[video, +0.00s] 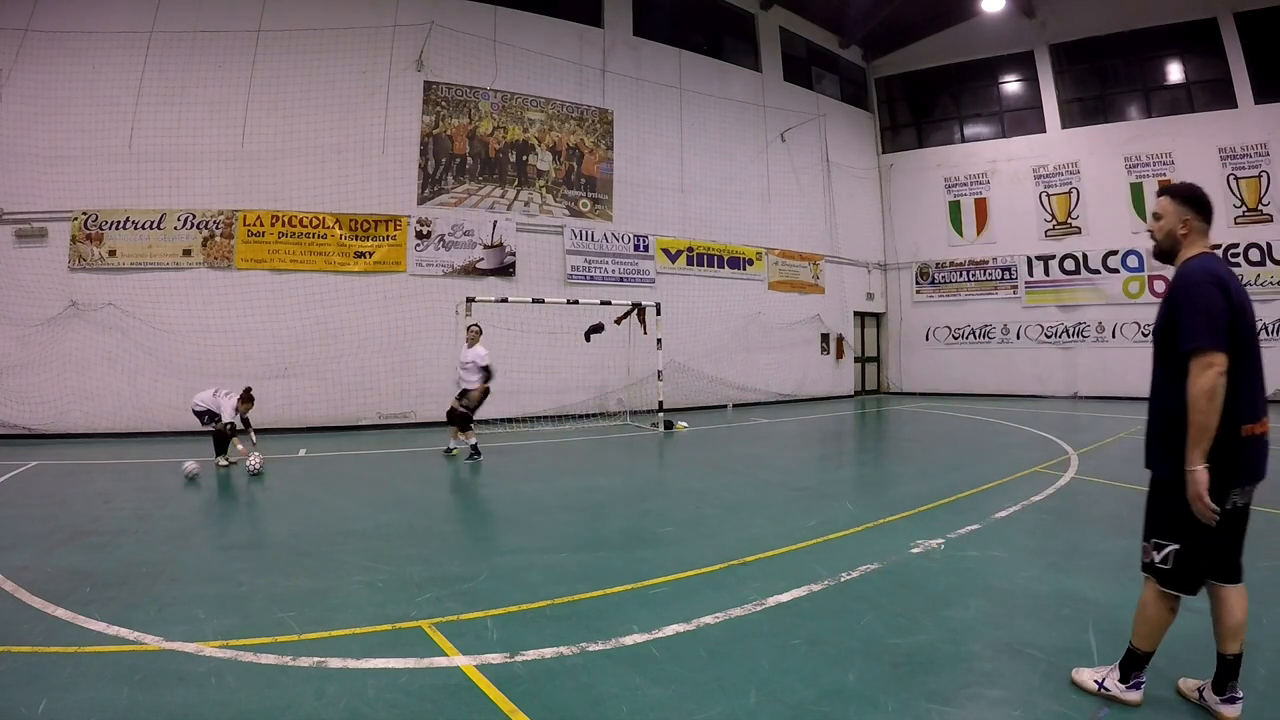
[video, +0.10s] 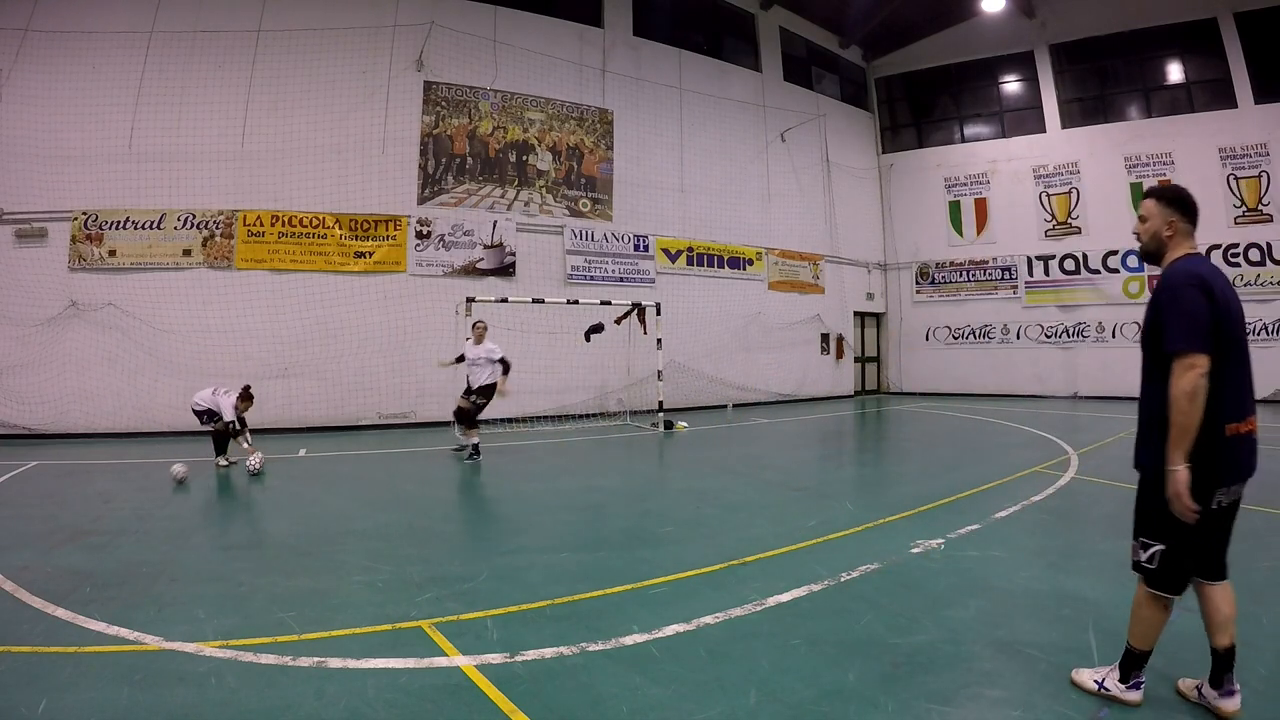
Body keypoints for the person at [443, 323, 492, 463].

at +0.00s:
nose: (473, 334)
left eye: (476, 333)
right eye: (471, 331)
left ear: (479, 336)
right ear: (467, 333)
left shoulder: (481, 352)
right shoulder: (465, 347)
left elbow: (488, 373)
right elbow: (466, 367)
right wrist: (461, 380)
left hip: (476, 389)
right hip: (465, 387)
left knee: (462, 417)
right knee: (452, 414)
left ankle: (475, 450)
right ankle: (452, 446)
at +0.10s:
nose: (480, 331)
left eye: (482, 329)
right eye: (477, 328)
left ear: (486, 332)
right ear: (473, 331)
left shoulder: (490, 348)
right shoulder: (469, 344)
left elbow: (506, 364)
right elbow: (465, 356)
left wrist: (501, 383)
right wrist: (451, 362)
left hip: (487, 386)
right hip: (472, 385)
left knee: (469, 414)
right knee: (459, 413)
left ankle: (475, 449)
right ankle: (466, 442)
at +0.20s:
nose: (488, 327)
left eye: (491, 325)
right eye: (486, 325)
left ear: (494, 329)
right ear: (480, 327)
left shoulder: (500, 345)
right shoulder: (473, 341)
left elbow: (512, 363)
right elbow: (467, 352)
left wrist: (507, 381)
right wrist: (457, 362)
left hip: (495, 383)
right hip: (478, 382)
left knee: (485, 411)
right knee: (472, 414)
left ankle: (485, 441)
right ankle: (482, 435)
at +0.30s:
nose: (499, 331)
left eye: (501, 329)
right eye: (496, 329)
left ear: (504, 332)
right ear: (491, 331)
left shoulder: (508, 350)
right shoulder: (482, 346)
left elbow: (515, 371)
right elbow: (473, 360)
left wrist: (510, 386)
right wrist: (470, 375)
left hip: (503, 386)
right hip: (486, 385)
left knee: (501, 415)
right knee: (484, 418)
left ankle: (513, 439)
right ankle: (486, 444)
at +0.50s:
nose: (517, 331)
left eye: (519, 328)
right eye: (514, 328)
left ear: (522, 332)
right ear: (508, 332)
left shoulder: (528, 348)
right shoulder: (500, 348)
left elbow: (535, 367)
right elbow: (493, 367)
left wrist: (535, 383)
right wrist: (499, 382)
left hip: (526, 386)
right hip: (508, 387)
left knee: (530, 417)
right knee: (502, 418)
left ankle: (540, 442)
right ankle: (492, 444)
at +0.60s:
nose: (524, 326)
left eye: (526, 324)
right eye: (521, 324)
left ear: (529, 328)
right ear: (515, 328)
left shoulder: (535, 342)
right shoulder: (508, 344)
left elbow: (543, 360)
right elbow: (500, 362)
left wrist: (546, 380)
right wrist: (507, 379)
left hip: (534, 382)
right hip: (516, 382)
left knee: (535, 412)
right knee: (513, 413)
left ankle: (543, 438)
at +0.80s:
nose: (539, 337)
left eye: (541, 334)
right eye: (536, 334)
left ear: (544, 337)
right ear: (530, 337)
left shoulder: (550, 352)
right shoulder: (522, 353)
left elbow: (558, 369)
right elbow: (514, 367)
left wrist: (561, 388)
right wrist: (513, 387)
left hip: (549, 387)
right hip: (530, 388)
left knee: (557, 414)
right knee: (530, 416)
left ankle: (569, 436)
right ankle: (527, 446)